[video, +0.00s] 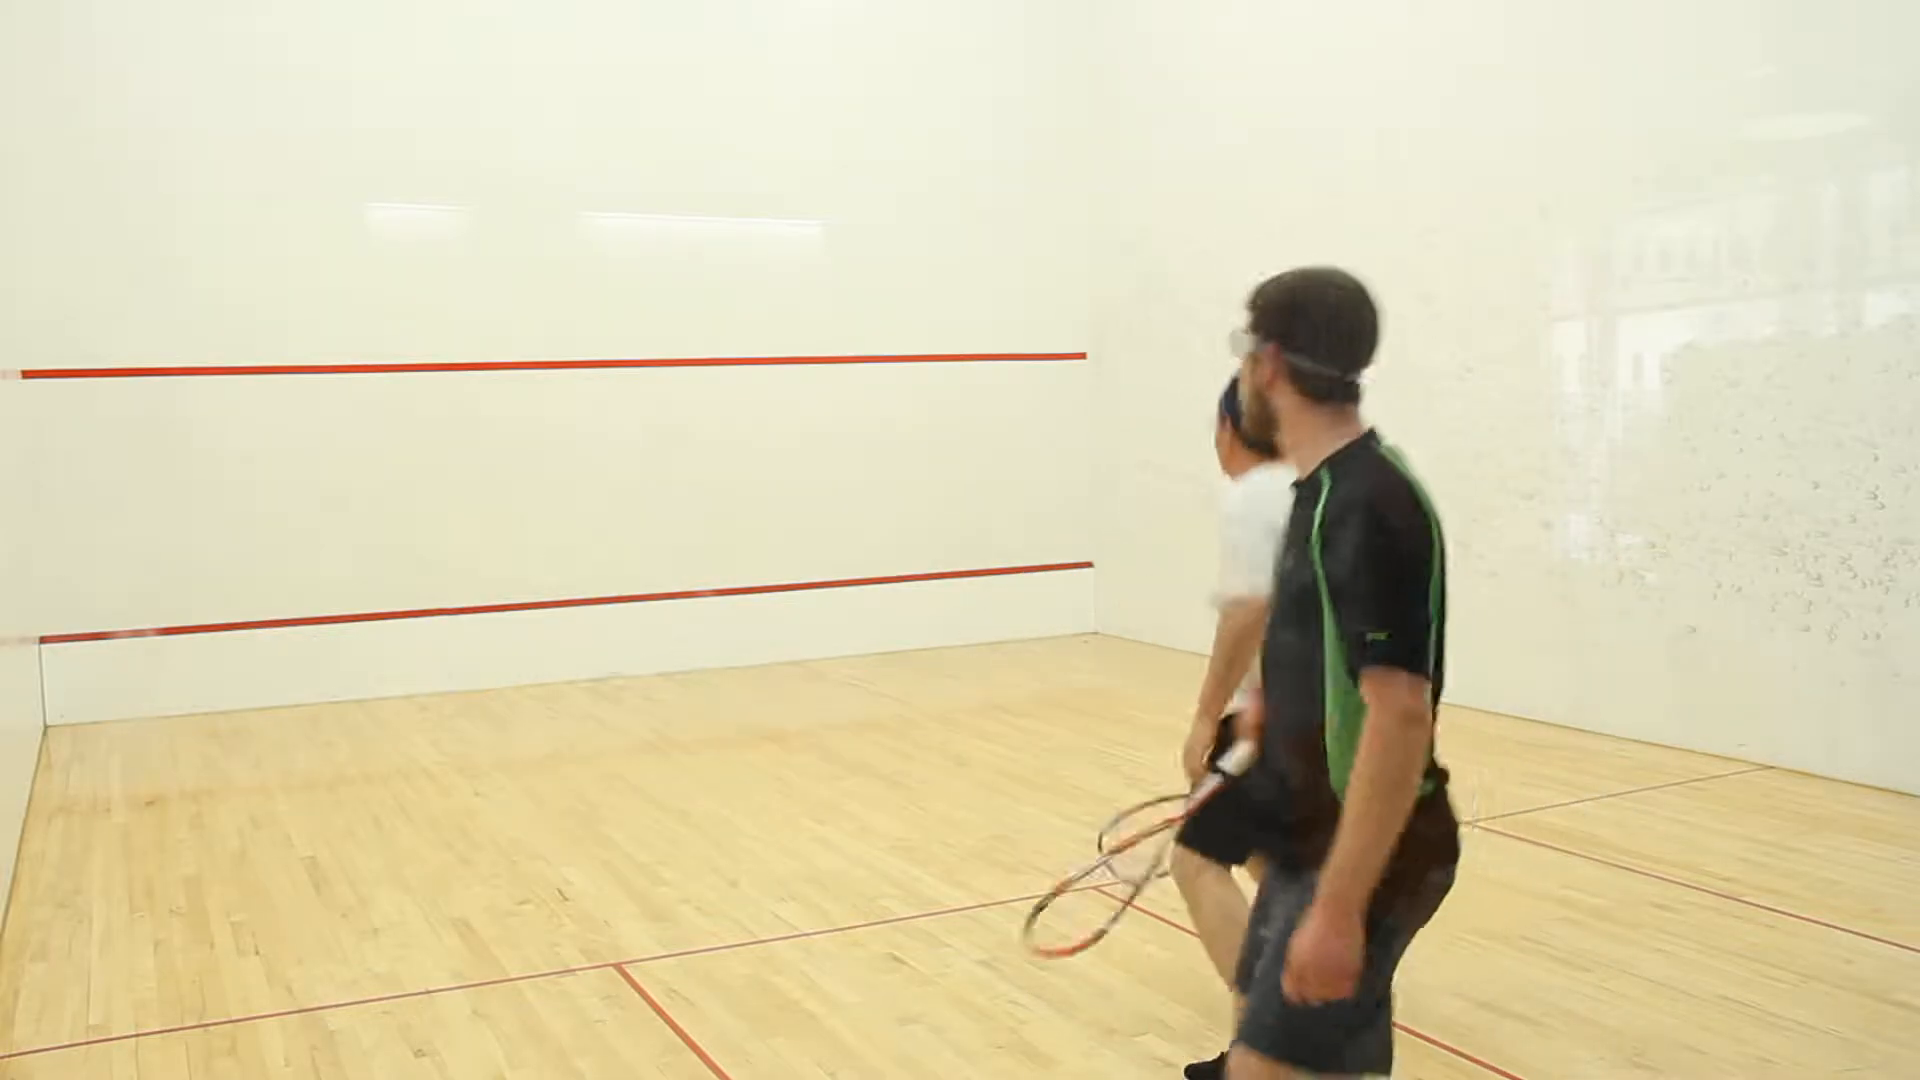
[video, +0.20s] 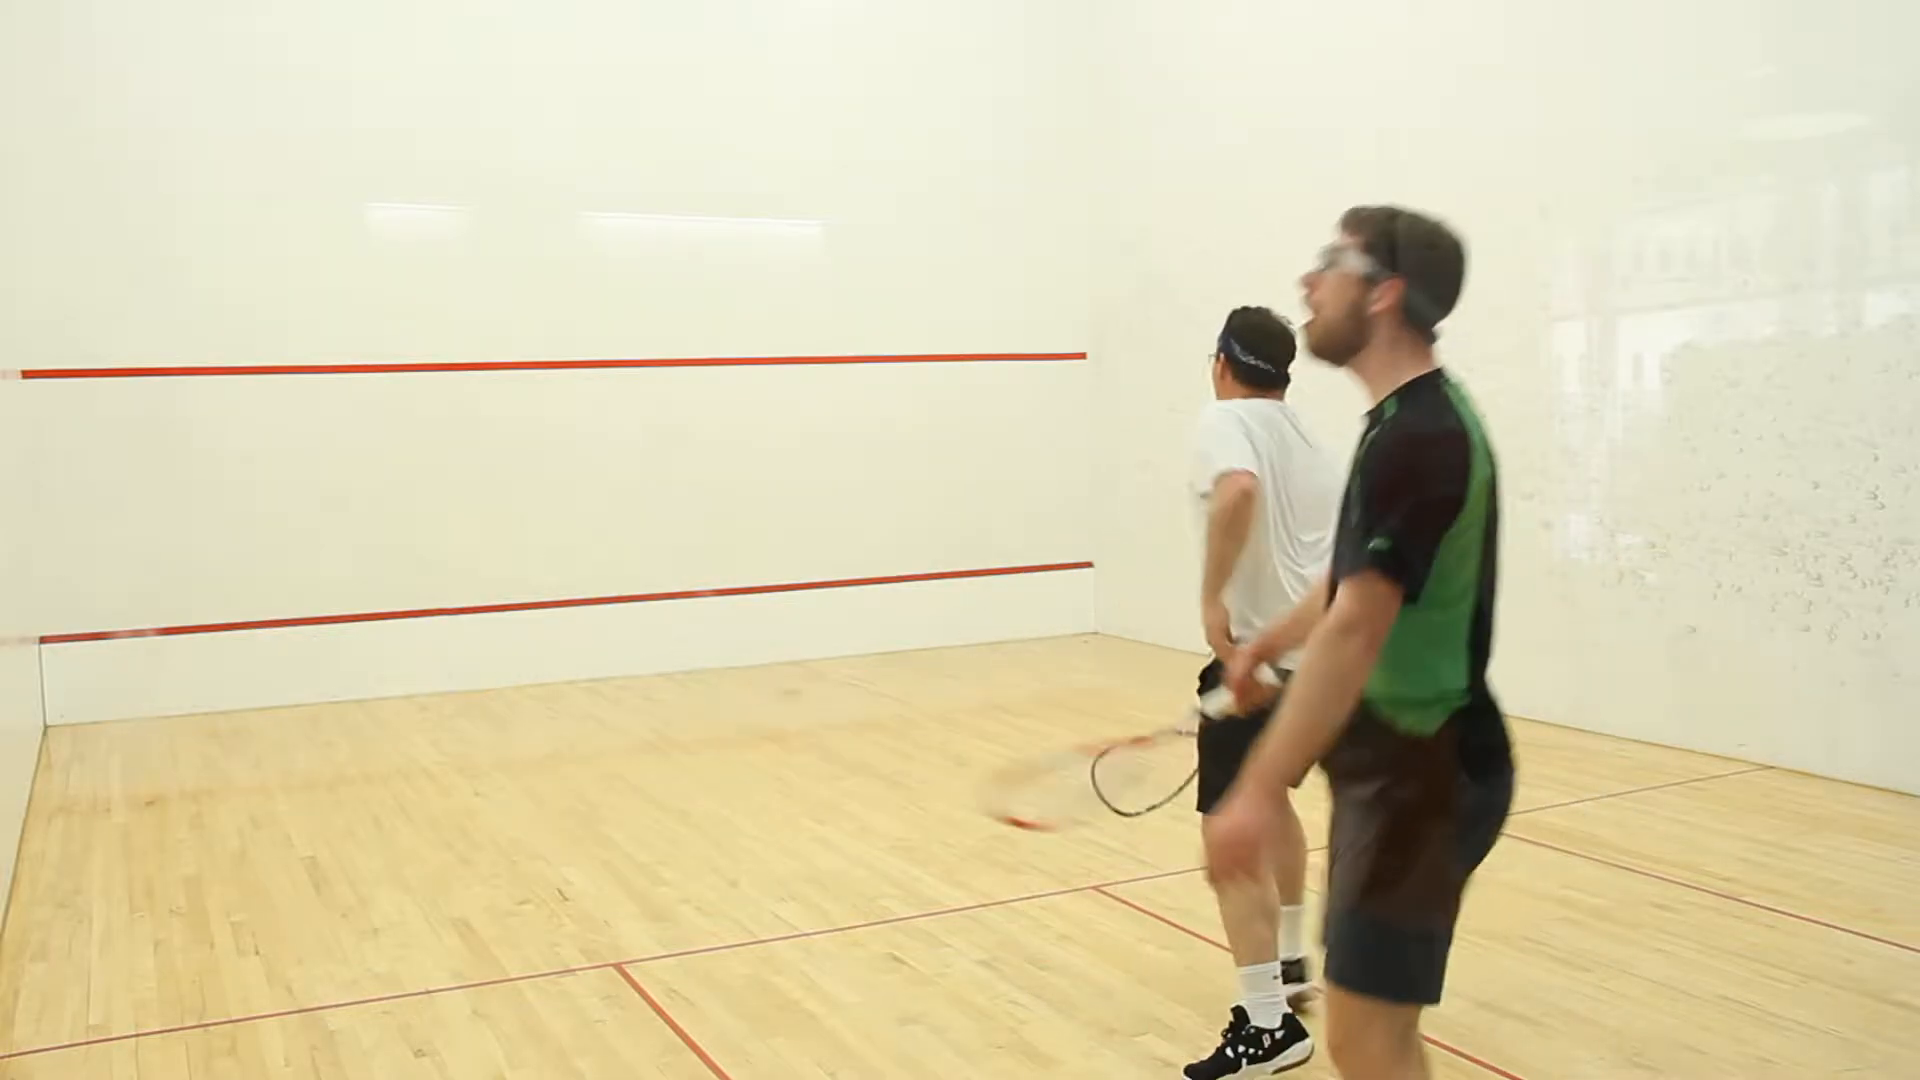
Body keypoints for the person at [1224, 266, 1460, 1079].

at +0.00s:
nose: (1241, 366)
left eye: (1247, 347)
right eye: (1247, 347)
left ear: (1270, 364)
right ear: (1347, 363)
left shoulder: (1376, 503)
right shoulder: (1323, 491)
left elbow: (1401, 710)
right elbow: (1333, 655)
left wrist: (1339, 910)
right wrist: (1270, 700)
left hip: (1360, 856)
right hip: (1314, 835)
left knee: (1262, 1063)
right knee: (1298, 1051)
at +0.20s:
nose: (1306, 282)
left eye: (1331, 266)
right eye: (1319, 264)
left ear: (1386, 296)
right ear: (1382, 300)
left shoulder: (1419, 432)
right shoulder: (1402, 420)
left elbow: (1357, 625)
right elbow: (1350, 582)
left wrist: (1259, 788)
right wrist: (1264, 644)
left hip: (1423, 763)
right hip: (1389, 748)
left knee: (1365, 1039)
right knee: (1371, 1025)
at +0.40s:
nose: (1402, 282)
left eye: (1424, 264)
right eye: (1414, 263)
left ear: (1476, 287)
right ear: (1479, 289)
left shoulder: (1489, 427)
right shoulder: (1524, 416)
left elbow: (1384, 592)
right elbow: (1402, 553)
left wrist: (1258, 697)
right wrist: (1273, 581)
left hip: (1474, 763)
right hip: (1490, 752)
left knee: (1406, 1016)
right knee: (1418, 1005)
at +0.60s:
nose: (1508, 312)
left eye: (1526, 293)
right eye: (1518, 293)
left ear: (1572, 312)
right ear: (1586, 318)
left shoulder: (1587, 445)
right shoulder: (1611, 439)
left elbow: (1502, 615)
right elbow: (1527, 592)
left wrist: (1414, 681)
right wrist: (1401, 590)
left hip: (1569, 792)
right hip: (1539, 781)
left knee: (1522, 1033)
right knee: (1462, 988)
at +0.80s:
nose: (1606, 324)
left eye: (1619, 308)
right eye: (1615, 307)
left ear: (1655, 322)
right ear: (1688, 330)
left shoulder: (1677, 456)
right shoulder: (1731, 444)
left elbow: (1635, 656)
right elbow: (1643, 623)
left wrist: (1572, 763)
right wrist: (1552, 695)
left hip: (1693, 796)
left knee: (1645, 1010)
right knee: (1592, 988)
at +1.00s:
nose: (1709, 276)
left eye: (1725, 262)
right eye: (1720, 259)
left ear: (1755, 280)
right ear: (1800, 290)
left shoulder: (1772, 397)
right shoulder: (1837, 397)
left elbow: (1790, 579)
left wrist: (1801, 758)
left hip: (1805, 749)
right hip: (1842, 735)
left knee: (1771, 984)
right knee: (1735, 933)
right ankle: (1798, 1060)